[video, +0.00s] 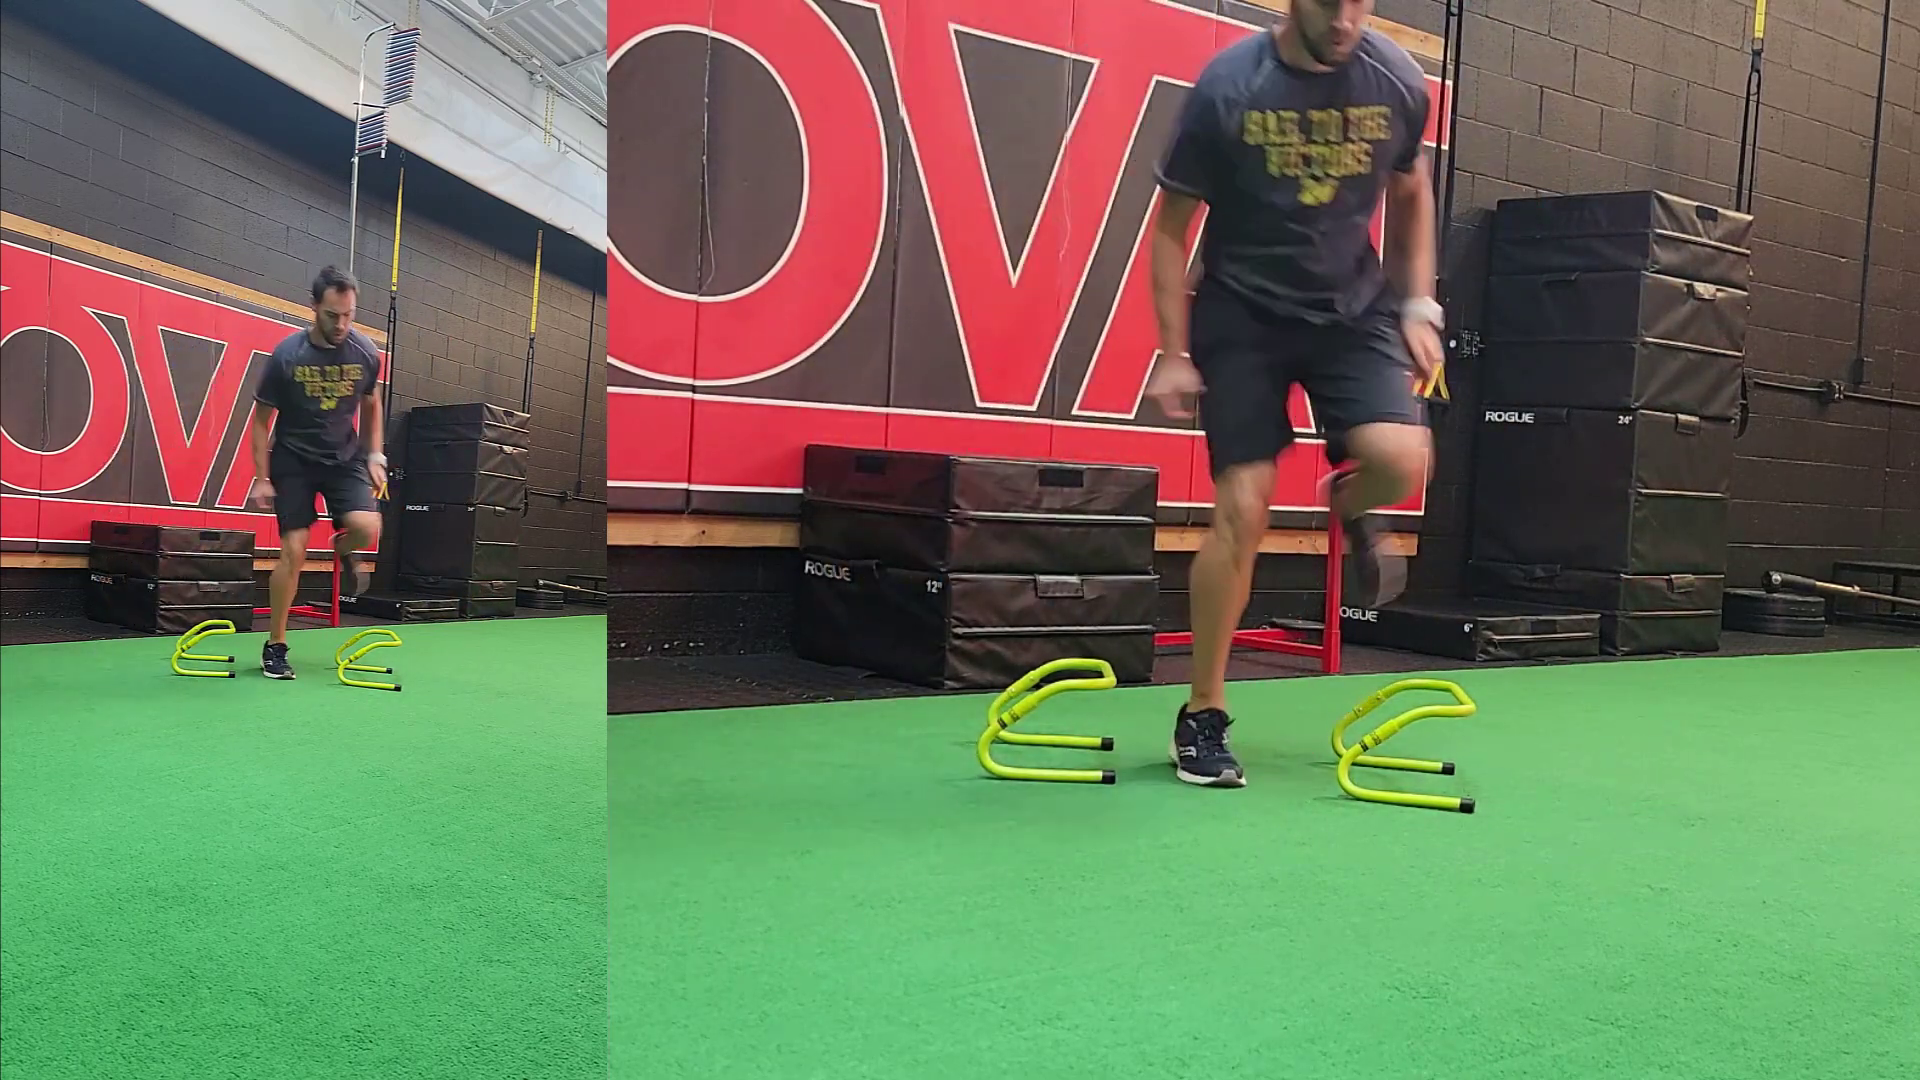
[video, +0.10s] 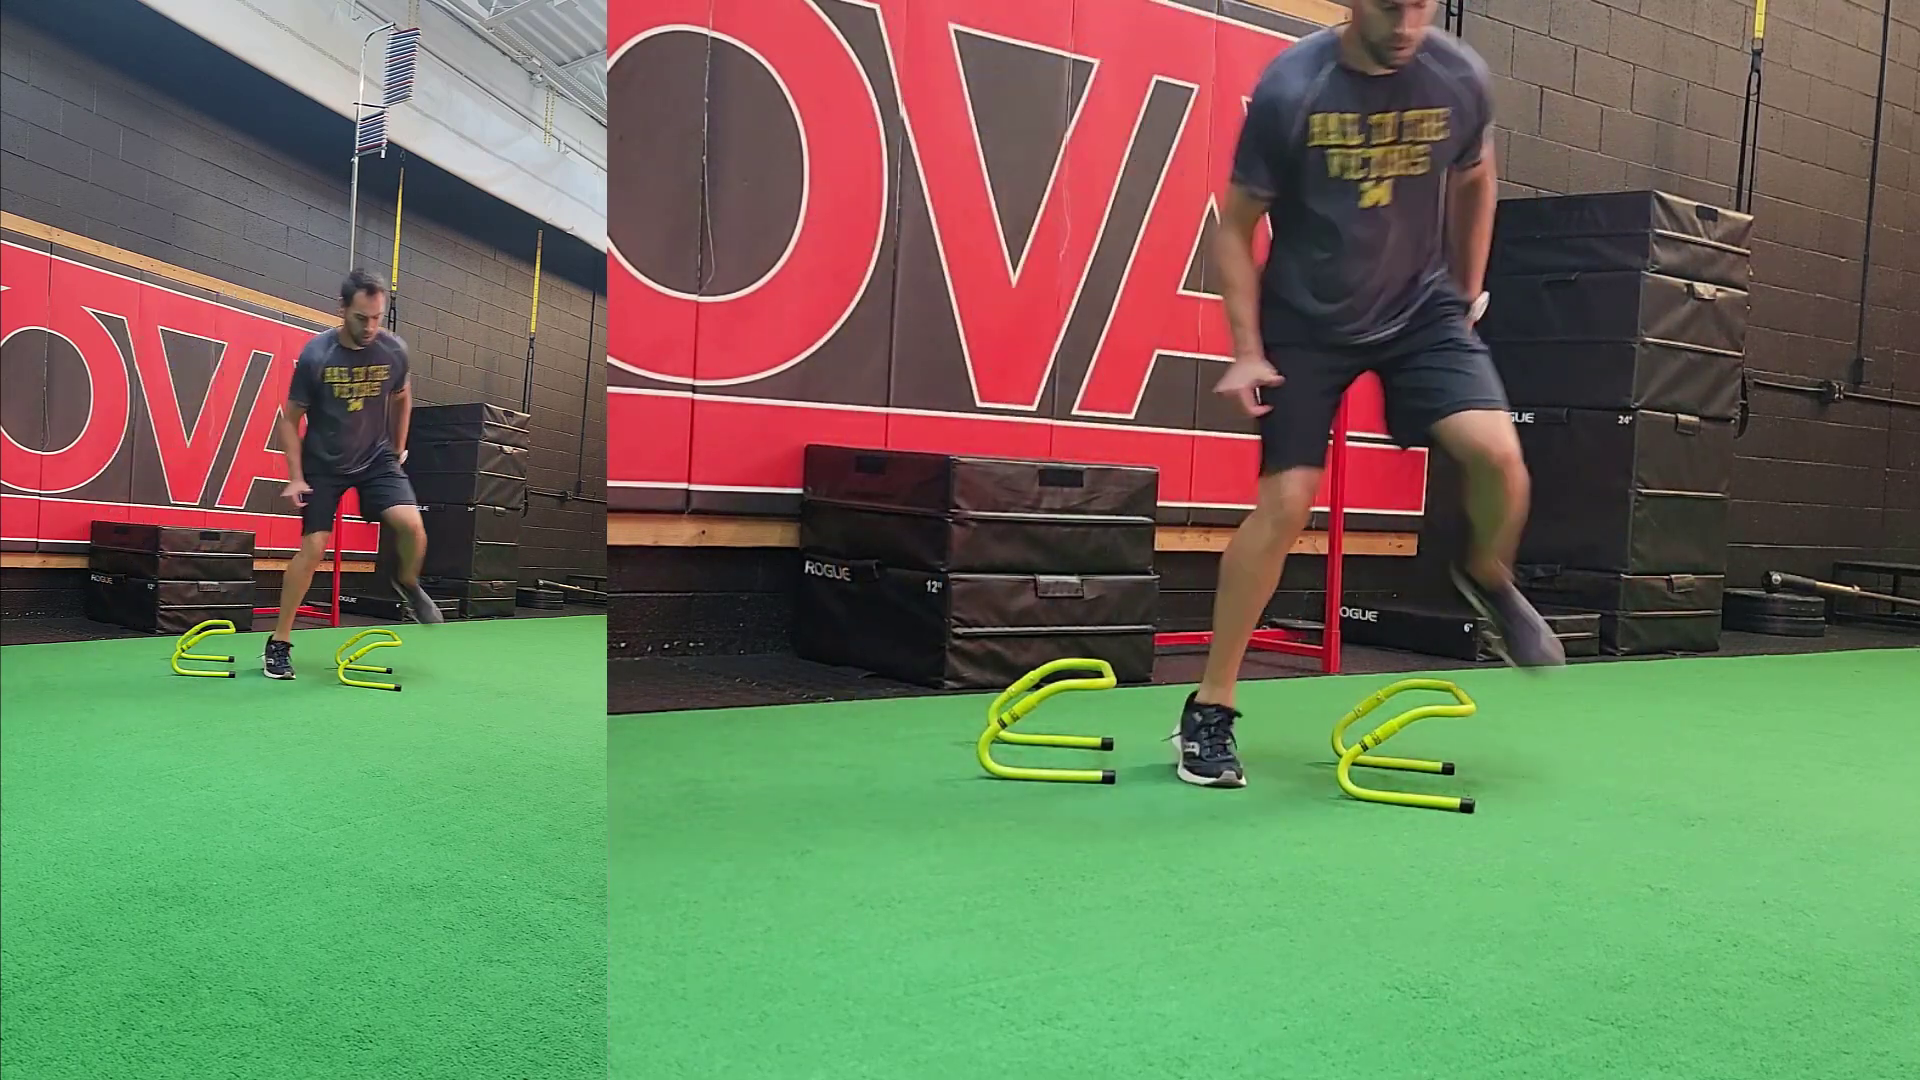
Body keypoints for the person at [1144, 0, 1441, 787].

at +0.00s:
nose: (1347, 22)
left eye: (1359, 7)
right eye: (1330, 6)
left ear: (1373, 5)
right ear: (1290, 2)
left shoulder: (1400, 83)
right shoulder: (1225, 90)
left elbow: (1413, 194)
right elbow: (1169, 231)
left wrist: (1419, 304)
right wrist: (1173, 353)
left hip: (1355, 311)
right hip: (1243, 312)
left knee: (1402, 465)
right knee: (1243, 511)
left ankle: (1342, 505)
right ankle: (1204, 714)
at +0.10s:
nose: (1409, 26)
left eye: (1423, 10)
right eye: (1392, 9)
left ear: (1439, 10)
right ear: (1351, 7)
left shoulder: (1461, 78)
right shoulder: (1288, 90)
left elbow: (1474, 177)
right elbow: (1232, 225)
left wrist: (1469, 295)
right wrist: (1247, 351)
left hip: (1423, 310)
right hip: (1308, 323)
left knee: (1501, 466)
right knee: (1286, 503)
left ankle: (1486, 584)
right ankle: (1211, 709)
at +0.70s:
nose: (1606, 139)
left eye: (1623, 119)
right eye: (1590, 118)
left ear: (1642, 107)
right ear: (1555, 100)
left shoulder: (1666, 188)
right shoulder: (1495, 192)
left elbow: (1685, 300)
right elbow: (1427, 317)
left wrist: (1692, 417)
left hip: (1611, 381)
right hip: (1506, 366)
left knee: (1640, 535)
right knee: (1563, 461)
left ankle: (1636, 734)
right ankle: (1559, 554)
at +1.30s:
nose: (1294, 12)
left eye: (1309, 4)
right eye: (1281, 3)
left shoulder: (1393, 61)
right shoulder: (1210, 55)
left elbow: (1423, 169)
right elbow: (1173, 174)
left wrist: (1427, 280)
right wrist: (1207, 229)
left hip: (1332, 283)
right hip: (1235, 281)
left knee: (1308, 436)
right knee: (1224, 461)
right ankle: (1251, 643)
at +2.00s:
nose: (916, 134)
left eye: (936, 116)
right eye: (902, 114)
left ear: (978, 90)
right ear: (886, 91)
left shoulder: (1038, 188)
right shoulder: (874, 151)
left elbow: (987, 345)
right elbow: (889, 248)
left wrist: (904, 242)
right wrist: (887, 310)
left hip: (1022, 362)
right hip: (920, 348)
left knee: (955, 490)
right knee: (884, 501)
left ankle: (918, 563)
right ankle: (859, 695)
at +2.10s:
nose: (918, 129)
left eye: (937, 110)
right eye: (903, 108)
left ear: (977, 85)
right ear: (884, 86)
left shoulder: (1037, 183)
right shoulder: (866, 155)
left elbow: (1013, 345)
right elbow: (873, 248)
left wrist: (916, 257)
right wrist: (876, 313)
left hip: (1018, 366)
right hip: (918, 349)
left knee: (945, 487)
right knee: (879, 499)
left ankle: (917, 567)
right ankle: (858, 694)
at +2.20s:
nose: (935, 114)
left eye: (953, 94)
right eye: (918, 93)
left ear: (986, 71)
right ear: (895, 74)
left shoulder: (1046, 169)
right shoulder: (873, 161)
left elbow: (1080, 315)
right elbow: (865, 284)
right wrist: (853, 388)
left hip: (1020, 358)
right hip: (922, 350)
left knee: (963, 476)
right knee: (882, 501)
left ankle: (954, 568)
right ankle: (860, 696)